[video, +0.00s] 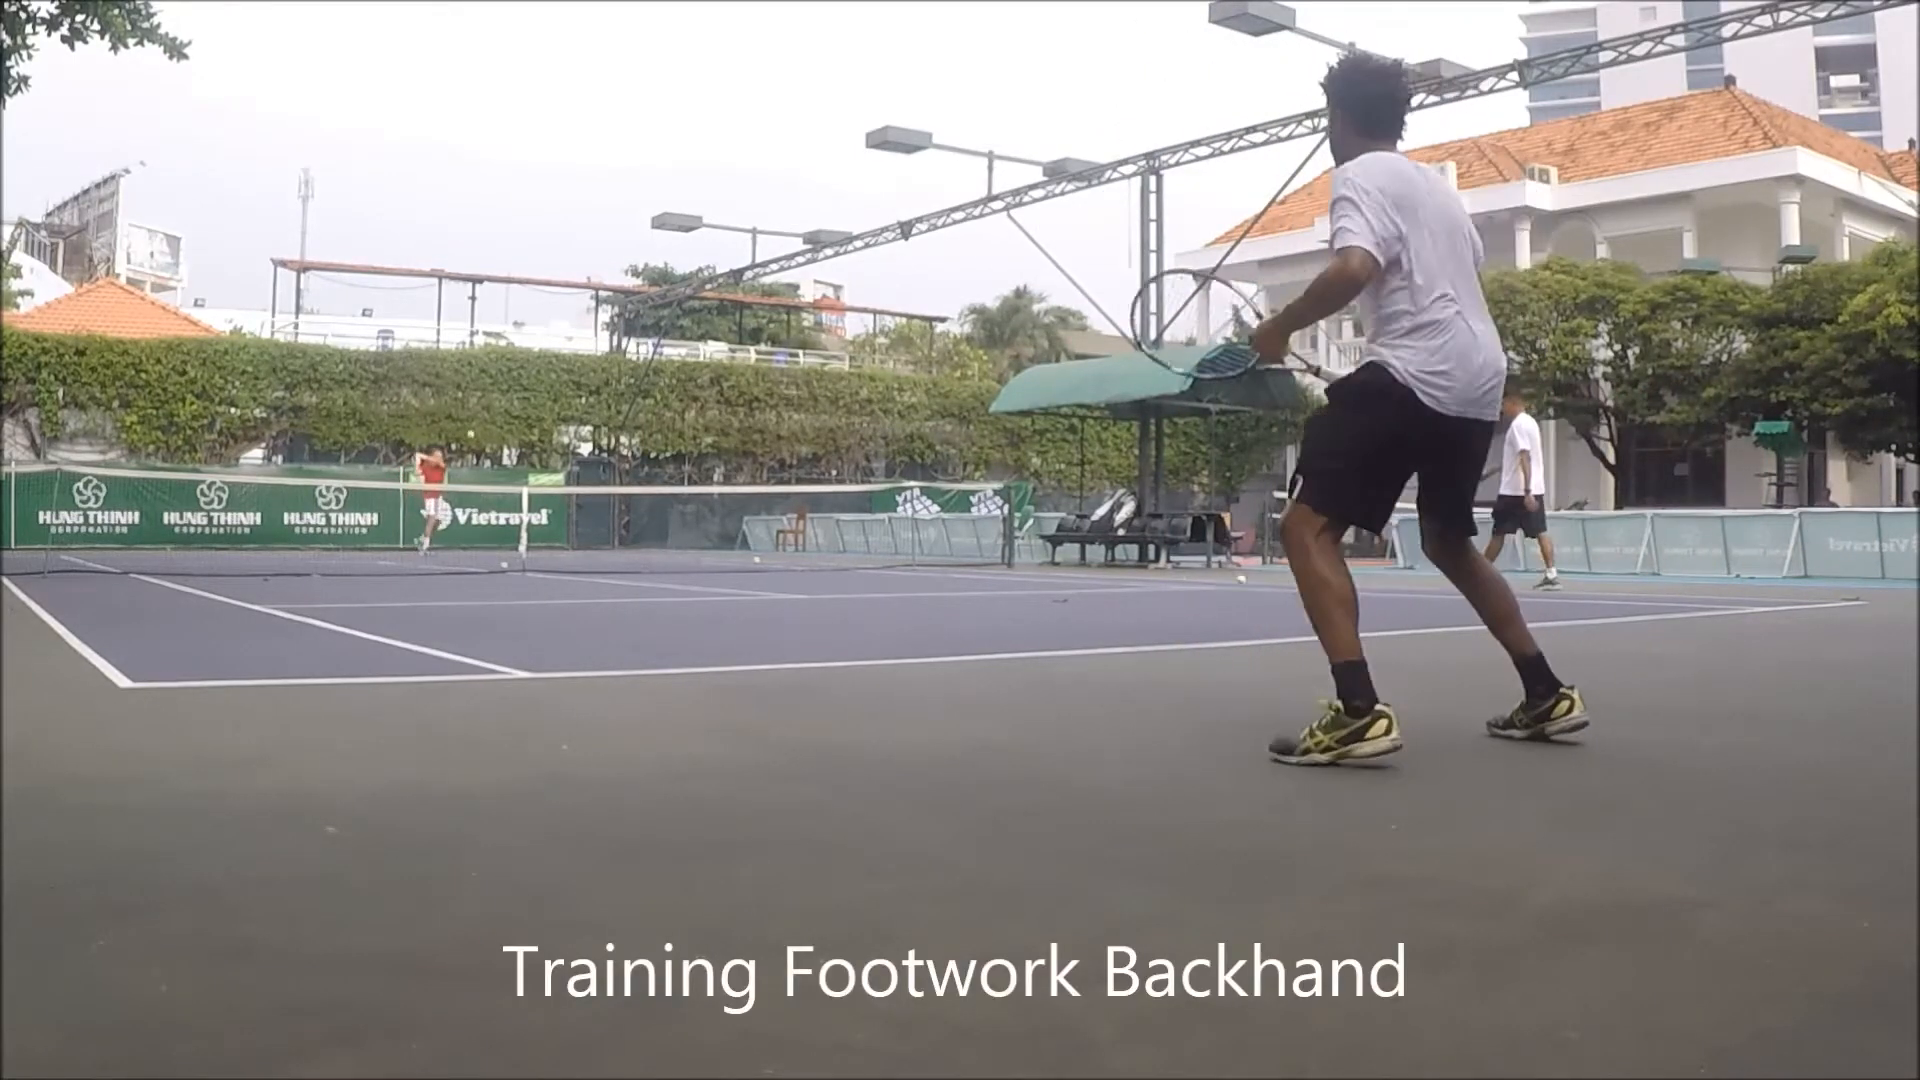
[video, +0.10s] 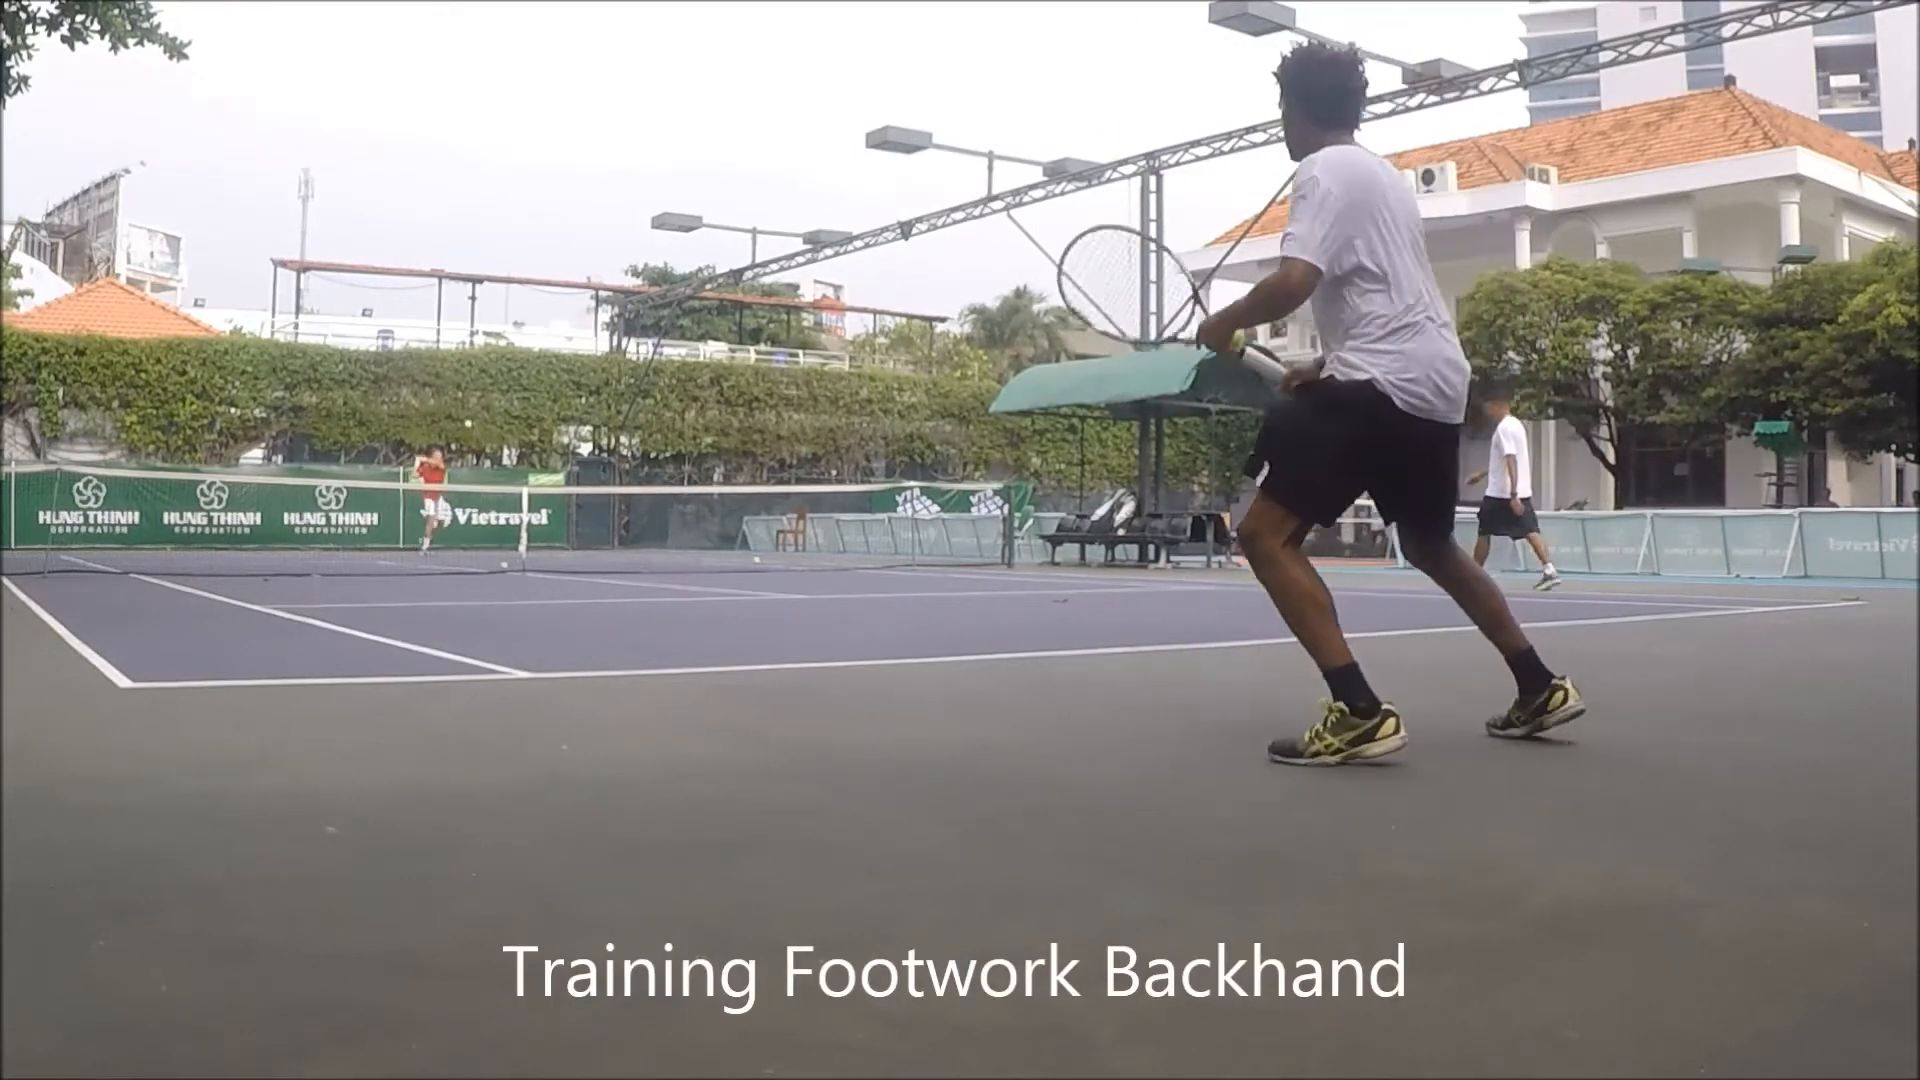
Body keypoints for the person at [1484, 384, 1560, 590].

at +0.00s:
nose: (1501, 409)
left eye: (1503, 404)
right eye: (1501, 404)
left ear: (1512, 402)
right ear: (1517, 402)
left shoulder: (1518, 424)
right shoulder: (1529, 422)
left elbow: (1524, 457)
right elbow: (1528, 458)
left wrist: (1528, 491)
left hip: (1513, 491)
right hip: (1533, 491)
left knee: (1498, 536)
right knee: (1541, 534)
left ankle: (1479, 573)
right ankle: (1551, 574)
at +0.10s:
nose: (1487, 412)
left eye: (1489, 407)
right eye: (1487, 407)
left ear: (1497, 406)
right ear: (1505, 406)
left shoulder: (1504, 428)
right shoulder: (1515, 425)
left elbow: (1511, 460)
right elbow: (1504, 460)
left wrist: (1514, 494)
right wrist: (1482, 475)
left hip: (1498, 494)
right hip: (1520, 493)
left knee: (1484, 534)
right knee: (1531, 533)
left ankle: (1473, 576)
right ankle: (1550, 570)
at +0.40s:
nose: (1443, 429)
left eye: (1442, 424)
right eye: (1441, 425)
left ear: (1450, 418)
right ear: (1452, 416)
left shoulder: (1462, 435)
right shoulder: (1472, 423)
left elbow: (1462, 472)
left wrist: (1455, 502)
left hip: (1486, 486)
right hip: (1497, 482)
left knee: (1471, 527)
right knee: (1475, 526)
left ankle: (1474, 574)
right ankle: (1496, 564)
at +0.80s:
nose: (1416, 493)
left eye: (1414, 490)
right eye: (1412, 491)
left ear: (1419, 480)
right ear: (1418, 477)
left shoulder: (1436, 485)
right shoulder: (1427, 470)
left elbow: (1437, 521)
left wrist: (1435, 556)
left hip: (1483, 490)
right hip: (1466, 492)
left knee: (1463, 526)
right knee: (1451, 528)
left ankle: (1474, 575)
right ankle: (1448, 574)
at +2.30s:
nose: (1447, 410)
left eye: (1450, 406)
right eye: (1447, 406)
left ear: (1461, 407)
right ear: (1452, 409)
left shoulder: (1478, 426)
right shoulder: (1447, 427)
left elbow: (1502, 445)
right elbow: (1442, 454)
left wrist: (1494, 470)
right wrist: (1440, 481)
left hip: (1475, 488)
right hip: (1452, 488)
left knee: (1480, 533)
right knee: (1452, 532)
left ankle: (1478, 572)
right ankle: (1447, 572)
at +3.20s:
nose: (1442, 410)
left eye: (1445, 406)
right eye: (1442, 406)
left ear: (1456, 407)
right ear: (1450, 408)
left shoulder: (1469, 425)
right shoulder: (1446, 428)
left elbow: (1493, 445)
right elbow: (1451, 451)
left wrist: (1479, 469)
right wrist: (1447, 469)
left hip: (1464, 486)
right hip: (1447, 486)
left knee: (1467, 532)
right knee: (1451, 533)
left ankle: (1475, 572)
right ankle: (1452, 571)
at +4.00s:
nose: (1458, 414)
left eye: (1461, 410)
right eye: (1455, 411)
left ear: (1469, 411)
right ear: (1451, 414)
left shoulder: (1481, 428)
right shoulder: (1446, 430)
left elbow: (1505, 449)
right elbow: (1436, 451)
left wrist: (1490, 472)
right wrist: (1436, 470)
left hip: (1473, 488)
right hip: (1451, 488)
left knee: (1476, 534)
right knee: (1451, 533)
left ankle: (1477, 570)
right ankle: (1451, 572)